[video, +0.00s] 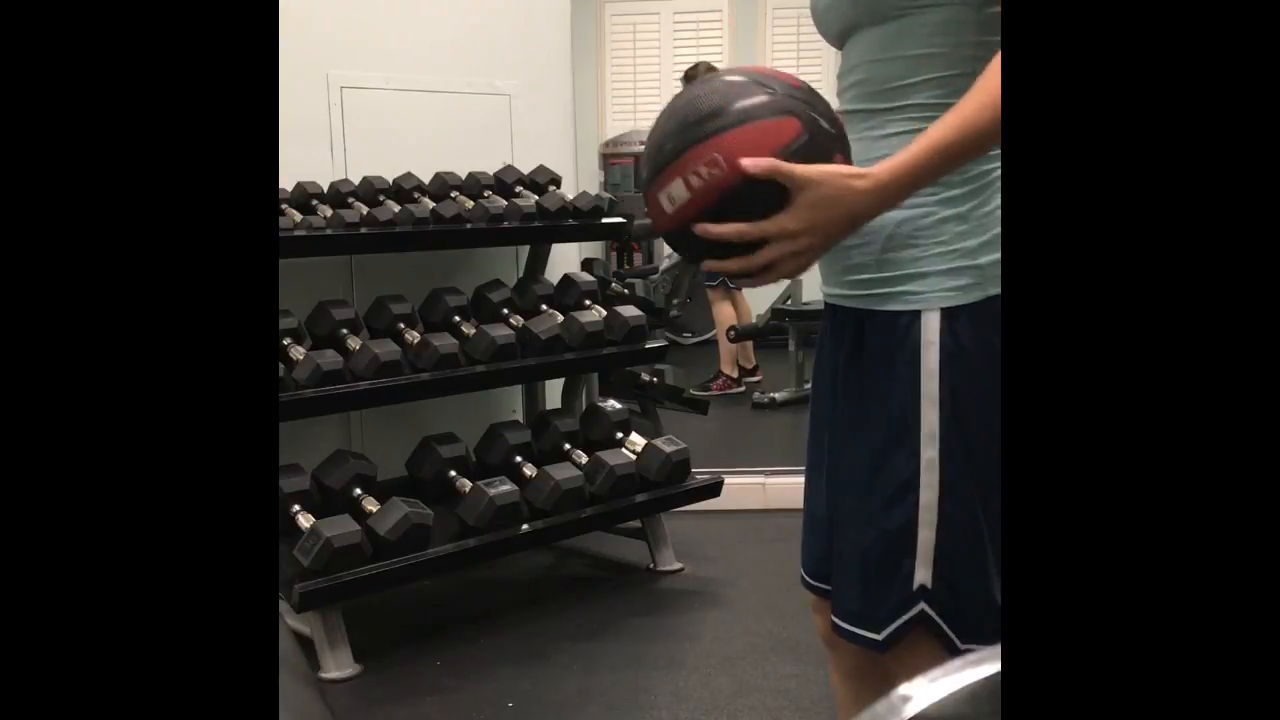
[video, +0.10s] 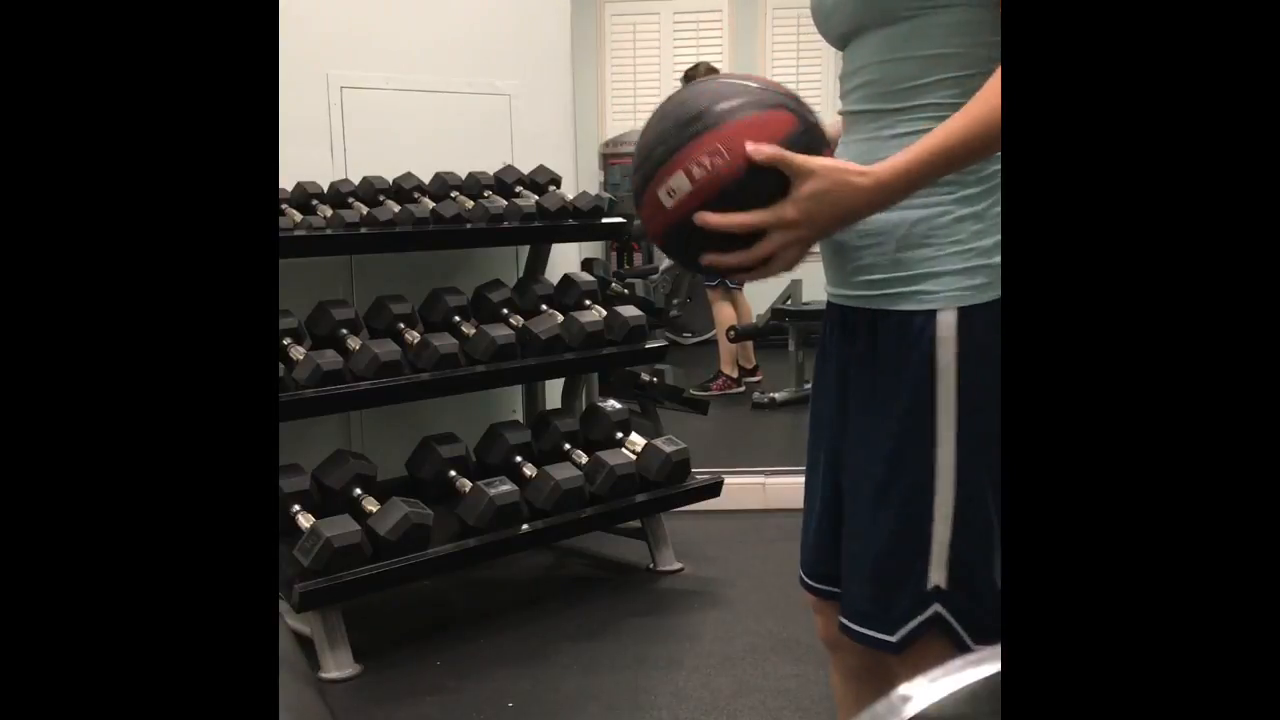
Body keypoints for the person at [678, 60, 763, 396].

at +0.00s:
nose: (684, 95)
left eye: (687, 88)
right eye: (686, 89)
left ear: (697, 89)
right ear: (715, 85)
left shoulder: (705, 121)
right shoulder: (730, 115)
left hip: (713, 216)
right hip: (736, 210)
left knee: (718, 293)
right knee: (734, 290)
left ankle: (729, 373)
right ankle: (749, 364)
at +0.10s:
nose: (686, 96)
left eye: (689, 89)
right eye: (689, 90)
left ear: (695, 90)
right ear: (718, 85)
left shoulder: (697, 126)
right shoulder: (735, 118)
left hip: (712, 219)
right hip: (739, 211)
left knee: (718, 294)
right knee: (735, 290)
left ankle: (729, 373)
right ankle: (749, 364)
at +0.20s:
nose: (691, 100)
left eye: (694, 92)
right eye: (691, 93)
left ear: (700, 91)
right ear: (721, 85)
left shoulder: (701, 132)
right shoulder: (739, 122)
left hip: (716, 224)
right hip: (740, 220)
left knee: (718, 292)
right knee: (735, 291)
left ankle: (729, 373)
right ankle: (749, 364)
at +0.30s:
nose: (690, 99)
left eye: (692, 92)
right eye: (689, 93)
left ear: (705, 90)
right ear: (717, 86)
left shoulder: (714, 122)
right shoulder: (739, 116)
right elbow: (760, 166)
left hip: (718, 218)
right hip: (742, 216)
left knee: (718, 291)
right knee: (735, 290)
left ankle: (729, 373)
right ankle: (749, 365)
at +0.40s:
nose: (689, 97)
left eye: (692, 90)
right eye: (689, 91)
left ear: (705, 90)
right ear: (720, 87)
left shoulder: (707, 128)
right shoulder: (738, 122)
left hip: (721, 219)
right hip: (740, 217)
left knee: (718, 291)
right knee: (735, 289)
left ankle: (729, 372)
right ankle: (749, 364)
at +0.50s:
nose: (690, 97)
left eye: (694, 90)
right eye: (692, 90)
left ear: (703, 90)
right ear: (724, 85)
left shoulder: (704, 129)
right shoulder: (742, 122)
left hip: (719, 221)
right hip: (741, 218)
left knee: (719, 290)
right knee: (735, 289)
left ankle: (729, 372)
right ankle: (749, 364)